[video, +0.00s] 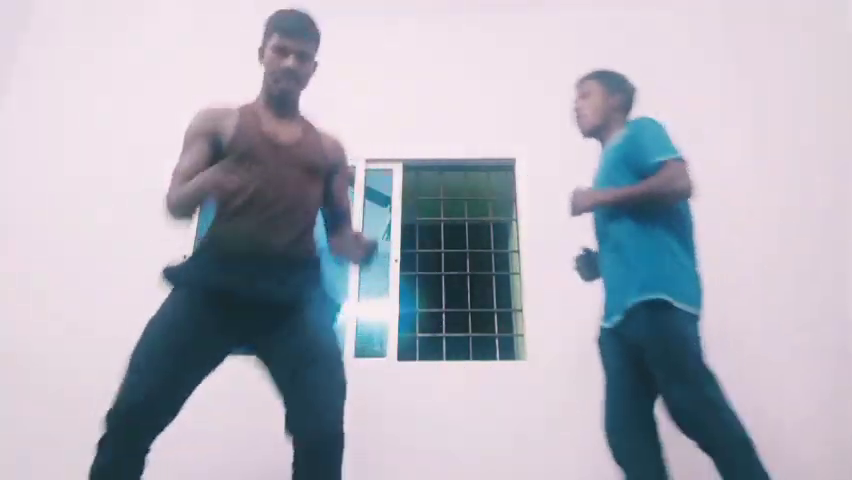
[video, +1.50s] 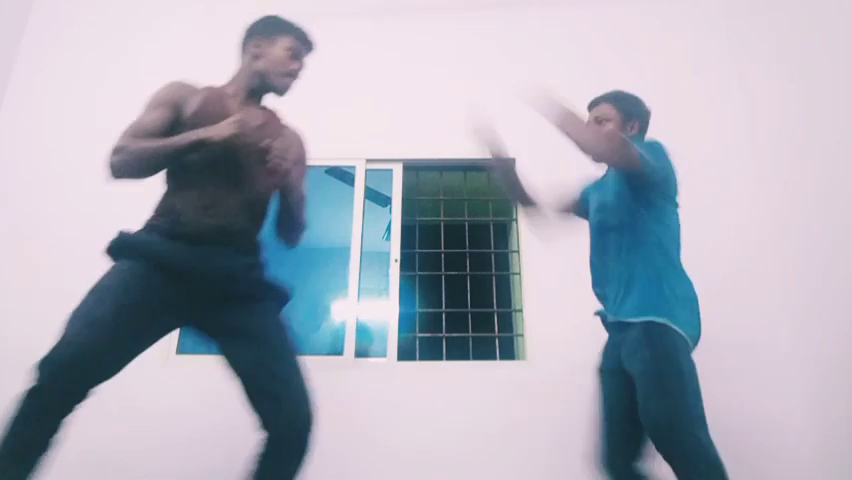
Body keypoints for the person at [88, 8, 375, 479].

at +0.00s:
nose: (290, 64)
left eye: (301, 56)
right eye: (281, 52)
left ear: (314, 66)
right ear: (262, 54)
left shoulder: (329, 151)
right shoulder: (215, 124)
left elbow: (339, 231)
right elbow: (176, 204)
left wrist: (354, 245)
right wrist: (209, 180)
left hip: (292, 302)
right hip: (211, 293)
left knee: (322, 431)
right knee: (131, 418)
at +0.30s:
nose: (337, 67)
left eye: (340, 58)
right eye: (330, 54)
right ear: (293, 53)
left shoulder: (341, 139)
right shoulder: (240, 109)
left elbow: (358, 228)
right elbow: (231, 154)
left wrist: (377, 209)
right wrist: (307, 110)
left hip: (324, 296)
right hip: (251, 290)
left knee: (366, 427)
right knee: (194, 415)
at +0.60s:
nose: (315, 53)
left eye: (317, 44)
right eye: (308, 39)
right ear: (270, 36)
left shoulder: (314, 117)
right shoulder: (211, 88)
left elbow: (336, 210)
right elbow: (173, 149)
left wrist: (324, 156)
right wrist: (258, 107)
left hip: (283, 277)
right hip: (206, 264)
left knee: (330, 427)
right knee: (120, 372)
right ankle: (62, 475)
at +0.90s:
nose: (284, 62)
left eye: (287, 55)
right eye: (276, 48)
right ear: (237, 45)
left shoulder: (277, 137)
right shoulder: (169, 103)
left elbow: (297, 233)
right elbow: (124, 176)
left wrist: (287, 176)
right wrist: (210, 136)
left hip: (246, 290)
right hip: (165, 283)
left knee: (334, 414)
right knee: (80, 400)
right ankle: (17, 475)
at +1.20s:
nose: (329, 102)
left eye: (331, 94)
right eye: (321, 89)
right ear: (283, 88)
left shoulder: (325, 178)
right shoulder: (220, 149)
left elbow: (342, 273)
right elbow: (185, 227)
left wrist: (344, 231)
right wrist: (268, 178)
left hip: (302, 335)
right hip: (222, 330)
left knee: (369, 468)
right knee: (172, 437)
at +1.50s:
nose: (298, 66)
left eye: (303, 59)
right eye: (292, 52)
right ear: (255, 49)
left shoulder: (287, 139)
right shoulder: (184, 98)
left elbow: (291, 234)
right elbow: (122, 161)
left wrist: (291, 184)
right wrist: (208, 135)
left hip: (238, 281)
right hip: (159, 267)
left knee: (292, 422)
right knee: (62, 374)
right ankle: (11, 471)